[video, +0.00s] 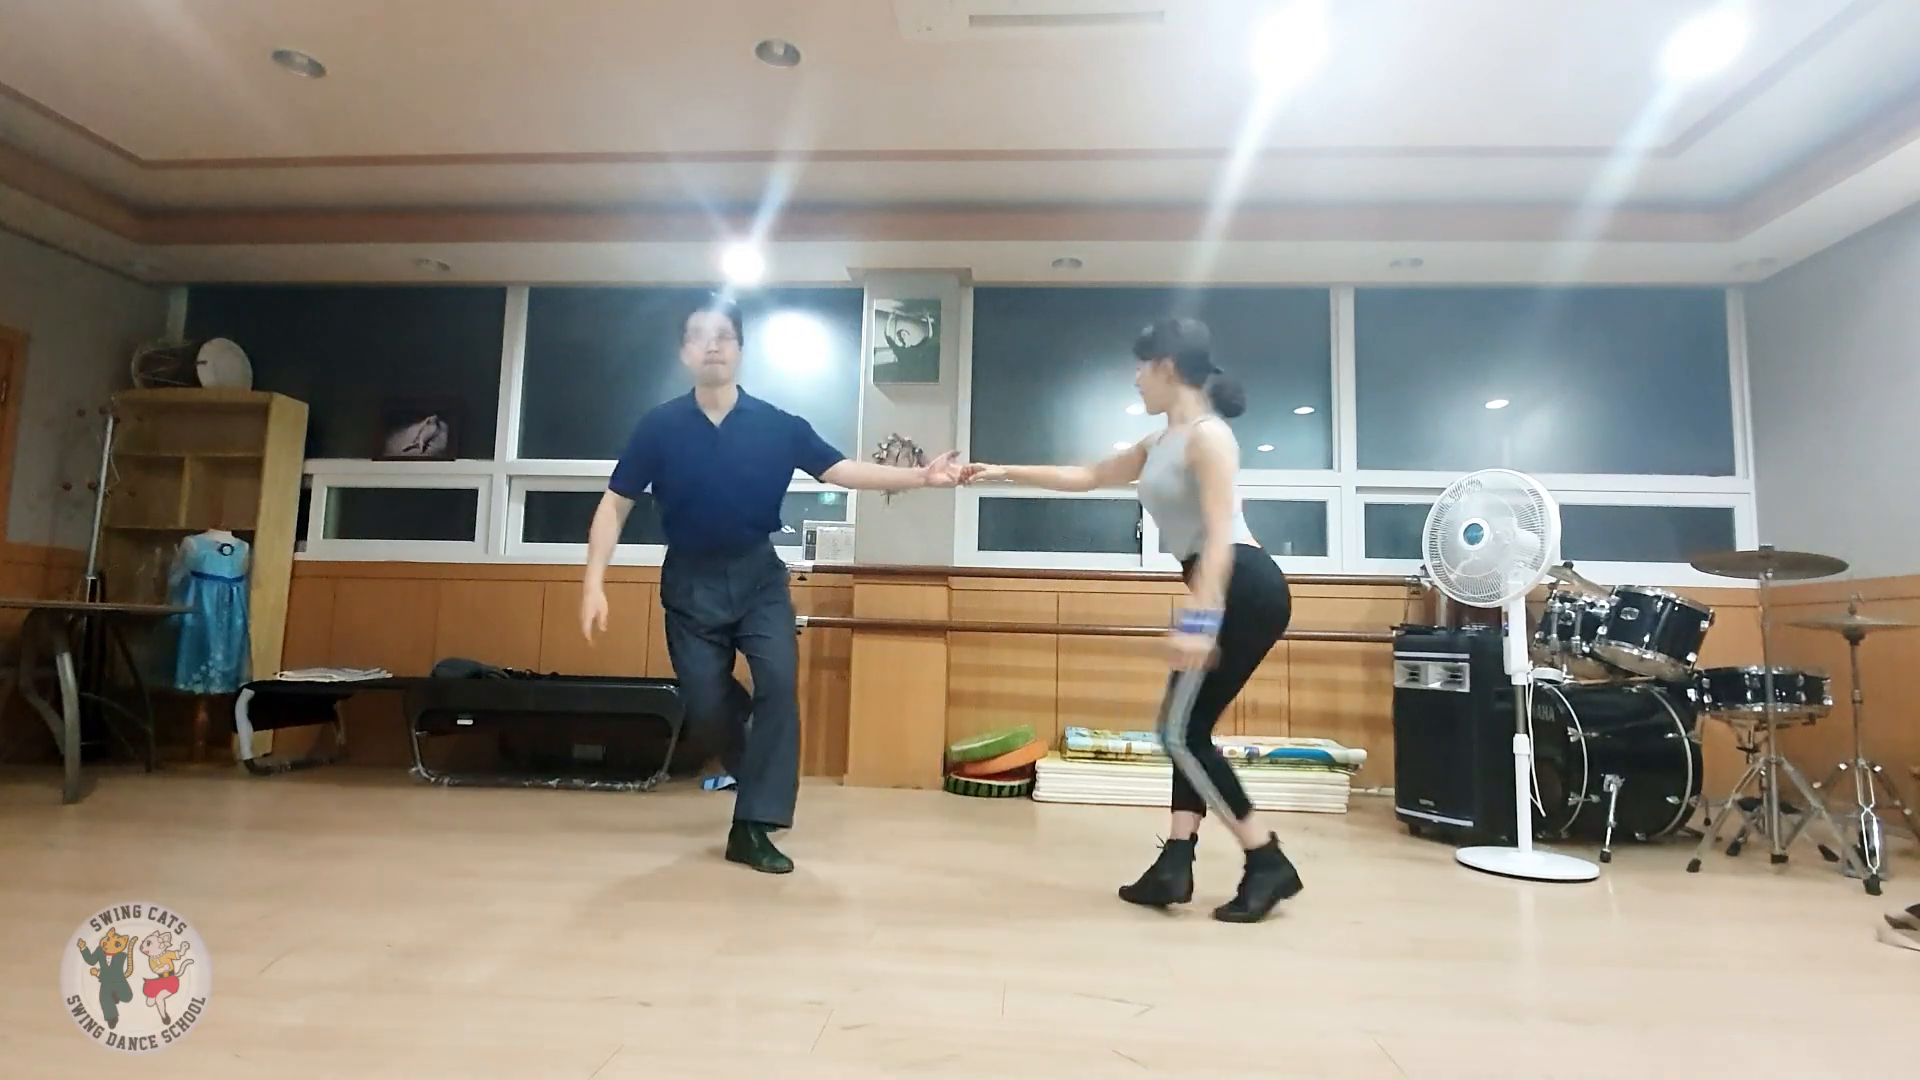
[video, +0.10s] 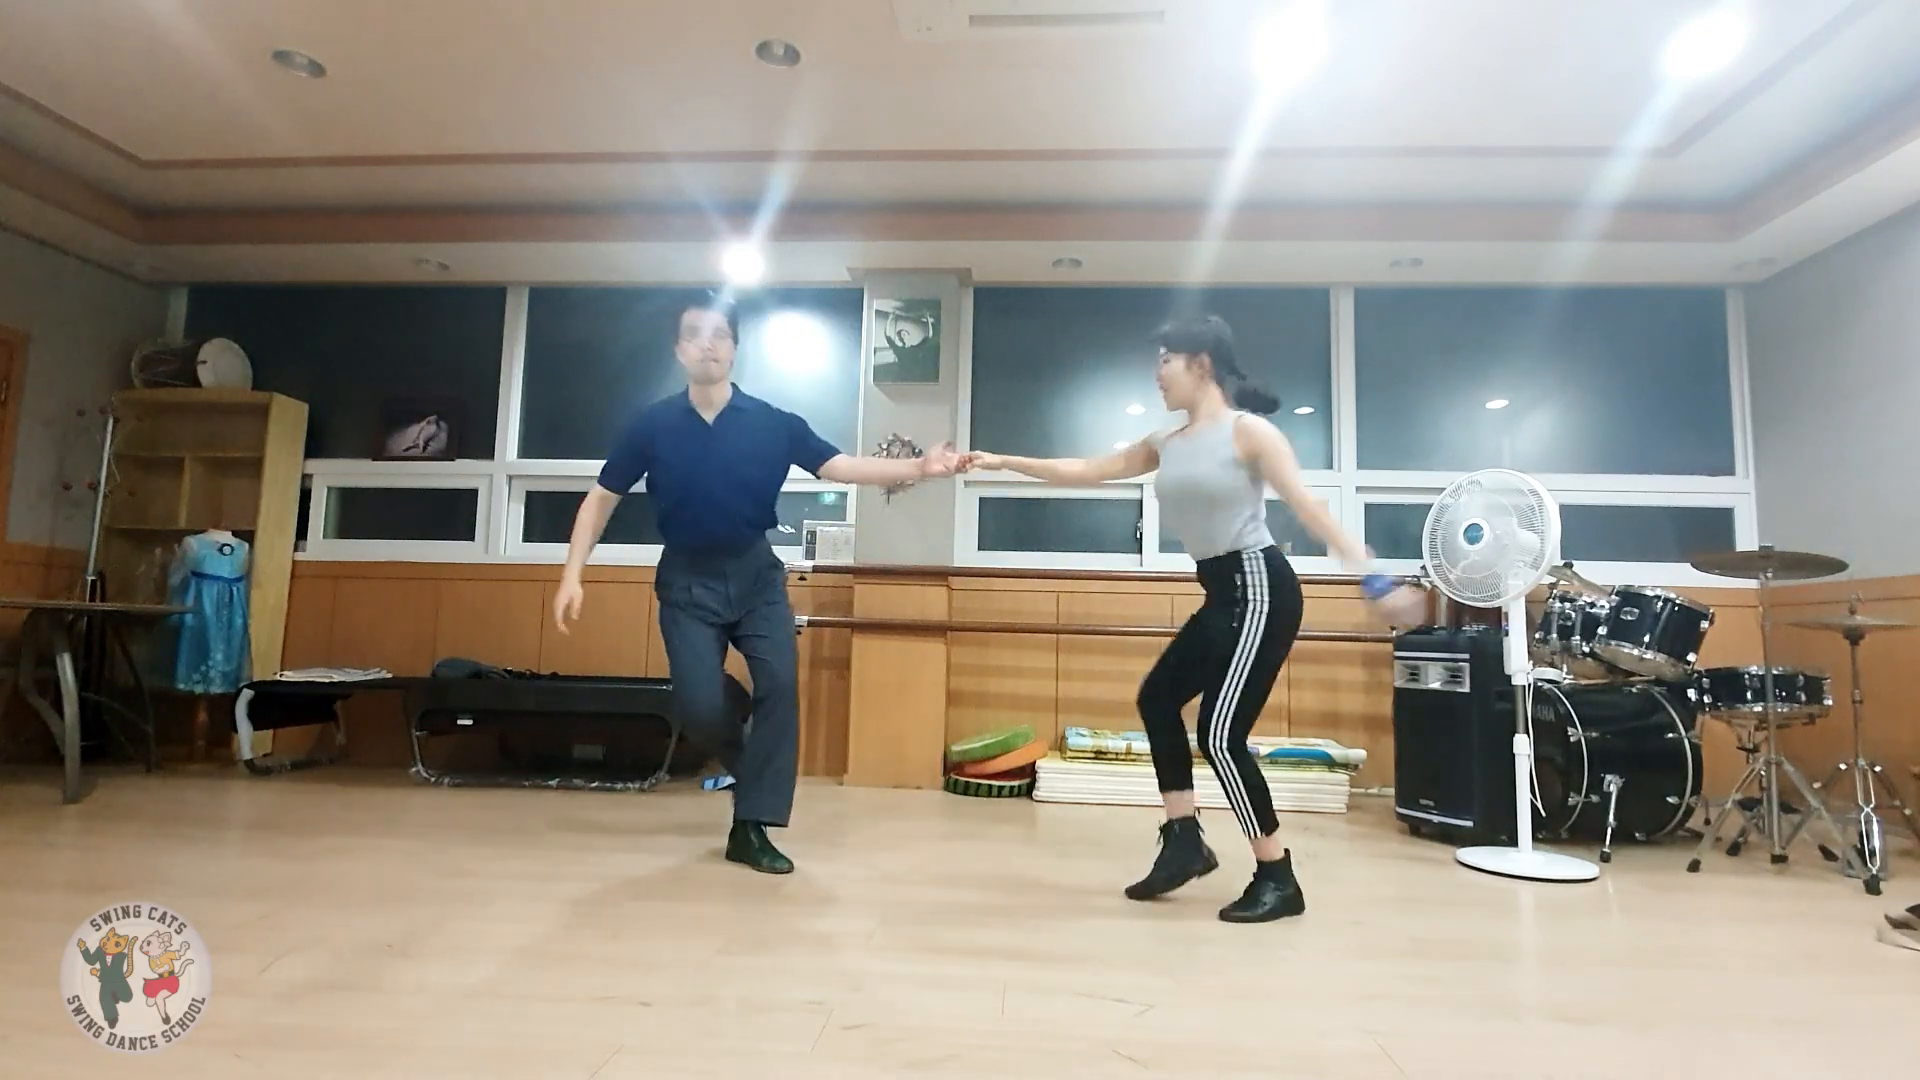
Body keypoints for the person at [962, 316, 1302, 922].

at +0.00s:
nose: (1137, 379)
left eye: (1143, 367)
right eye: (1138, 368)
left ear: (1171, 370)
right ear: (1172, 371)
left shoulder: (1208, 437)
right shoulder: (1162, 440)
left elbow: (1220, 532)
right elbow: (1081, 477)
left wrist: (1201, 618)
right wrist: (993, 471)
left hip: (1245, 591)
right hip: (1220, 591)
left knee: (1181, 730)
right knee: (1182, 728)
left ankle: (1267, 859)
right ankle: (1176, 863)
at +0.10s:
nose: (1158, 374)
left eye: (1166, 362)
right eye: (1158, 363)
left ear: (1201, 365)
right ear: (1192, 369)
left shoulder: (1251, 433)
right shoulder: (1165, 444)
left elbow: (1315, 515)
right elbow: (1084, 471)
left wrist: (1375, 575)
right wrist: (999, 461)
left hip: (1261, 590)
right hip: (1222, 595)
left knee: (1220, 734)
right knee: (1158, 699)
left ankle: (1277, 875)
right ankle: (1185, 839)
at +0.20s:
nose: (1173, 361)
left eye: (1185, 350)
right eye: (1173, 351)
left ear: (1224, 358)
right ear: (1187, 365)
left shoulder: (1274, 424)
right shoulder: (1171, 436)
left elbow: (1370, 458)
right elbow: (1080, 462)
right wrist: (993, 453)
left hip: (1261, 585)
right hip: (1208, 587)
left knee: (1211, 723)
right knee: (1142, 696)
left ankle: (1258, 863)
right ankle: (1172, 826)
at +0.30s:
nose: (1185, 368)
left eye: (1199, 358)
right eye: (1183, 360)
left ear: (1236, 369)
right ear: (1186, 378)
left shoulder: (1281, 432)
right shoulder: (1170, 445)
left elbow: (1388, 415)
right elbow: (1078, 470)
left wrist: (1488, 383)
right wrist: (992, 460)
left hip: (1250, 597)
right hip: (1186, 591)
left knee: (1208, 714)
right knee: (1149, 711)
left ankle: (1166, 837)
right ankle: (1168, 836)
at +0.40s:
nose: (1184, 375)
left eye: (1197, 365)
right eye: (1181, 368)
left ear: (1234, 379)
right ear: (1183, 385)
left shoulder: (1276, 439)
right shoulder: (1171, 460)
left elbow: (1374, 386)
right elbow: (1075, 481)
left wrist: (1452, 316)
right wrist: (983, 472)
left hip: (1239, 611)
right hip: (1176, 597)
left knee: (1184, 728)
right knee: (1154, 722)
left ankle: (1095, 846)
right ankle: (1152, 832)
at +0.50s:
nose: (1175, 383)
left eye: (1189, 374)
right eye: (1173, 375)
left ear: (1224, 388)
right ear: (1175, 393)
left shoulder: (1266, 449)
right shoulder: (1162, 469)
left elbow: (1349, 373)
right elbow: (1069, 485)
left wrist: (1395, 288)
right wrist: (982, 476)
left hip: (1228, 620)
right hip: (1167, 609)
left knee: (1166, 732)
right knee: (1151, 734)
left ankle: (1087, 869)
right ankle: (1153, 830)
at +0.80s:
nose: (1130, 374)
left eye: (1142, 364)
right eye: (1130, 365)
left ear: (1177, 376)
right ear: (1148, 380)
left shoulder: (1199, 423)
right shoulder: (1132, 465)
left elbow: (1272, 375)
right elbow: (1050, 486)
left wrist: (1313, 288)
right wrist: (966, 478)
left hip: (1195, 575)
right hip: (1217, 599)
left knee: (1118, 708)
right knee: (1131, 706)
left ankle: (1112, 885)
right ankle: (1101, 827)